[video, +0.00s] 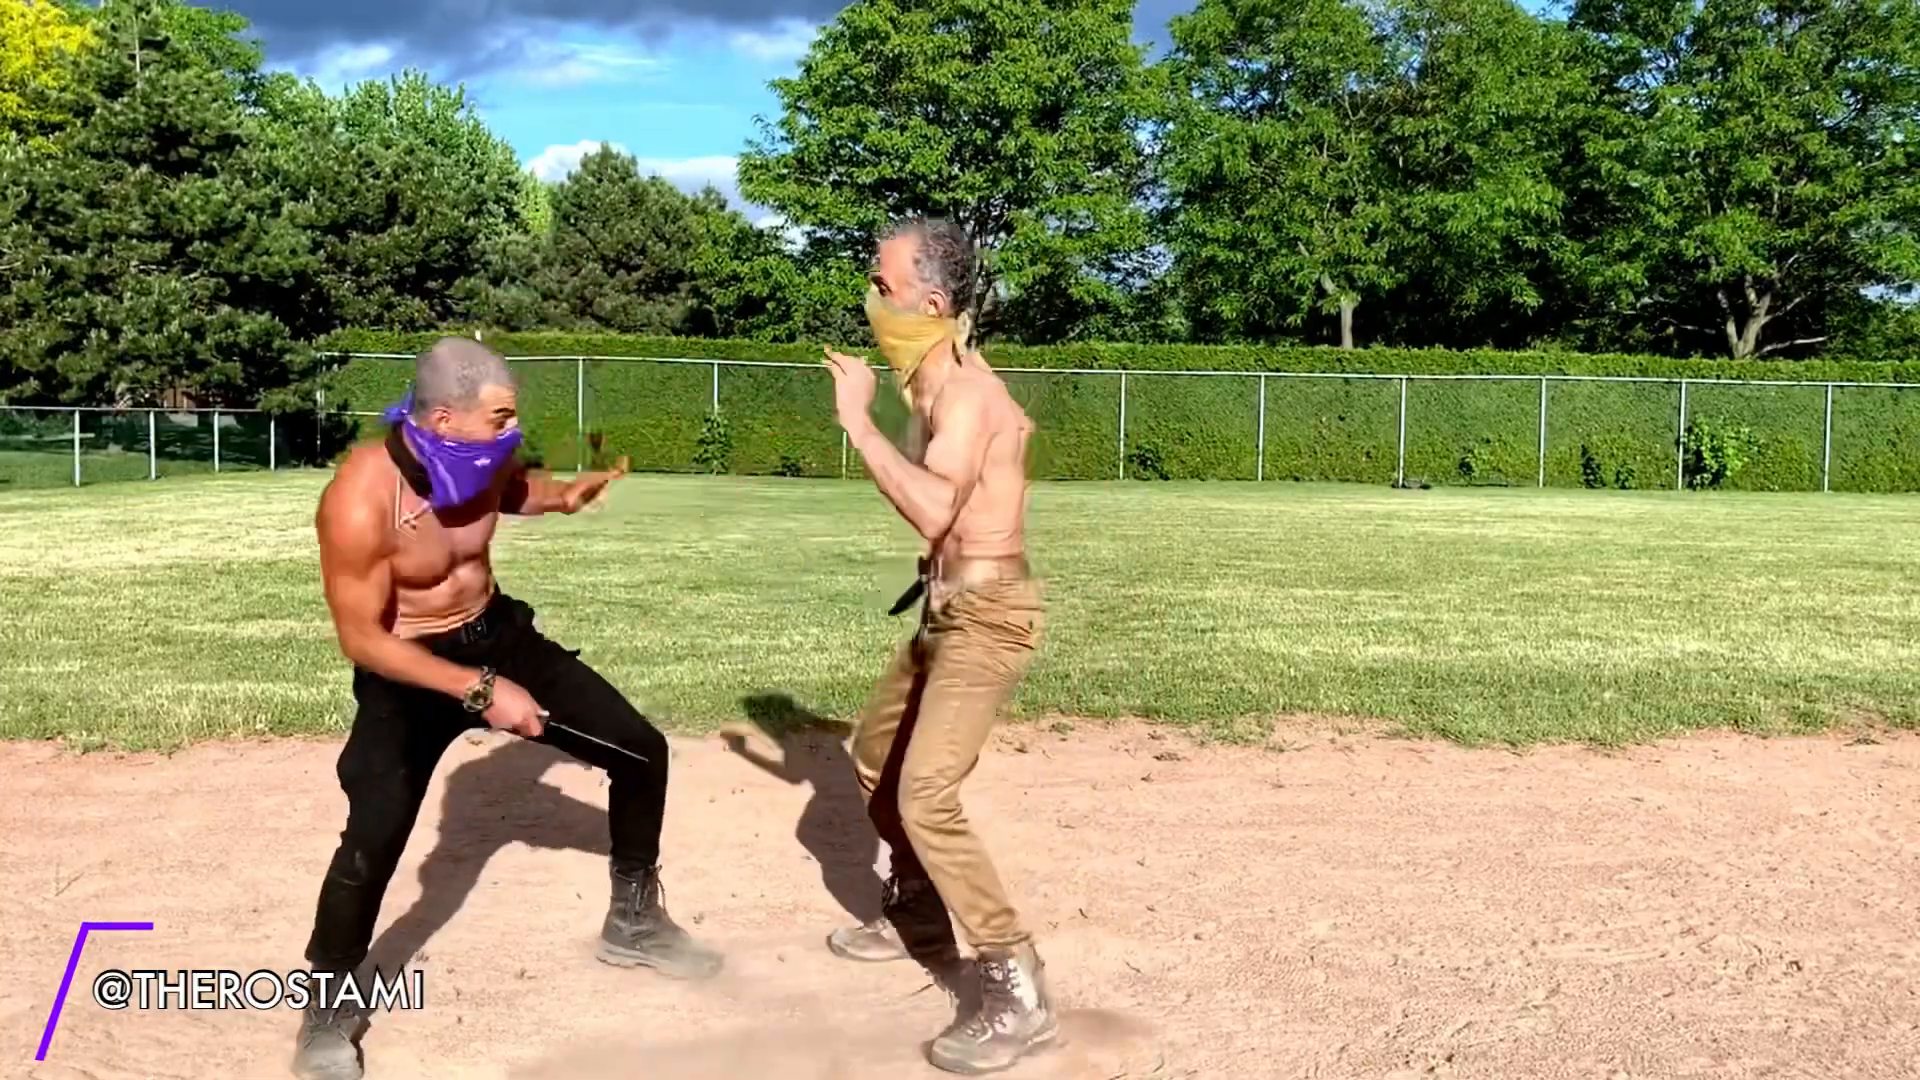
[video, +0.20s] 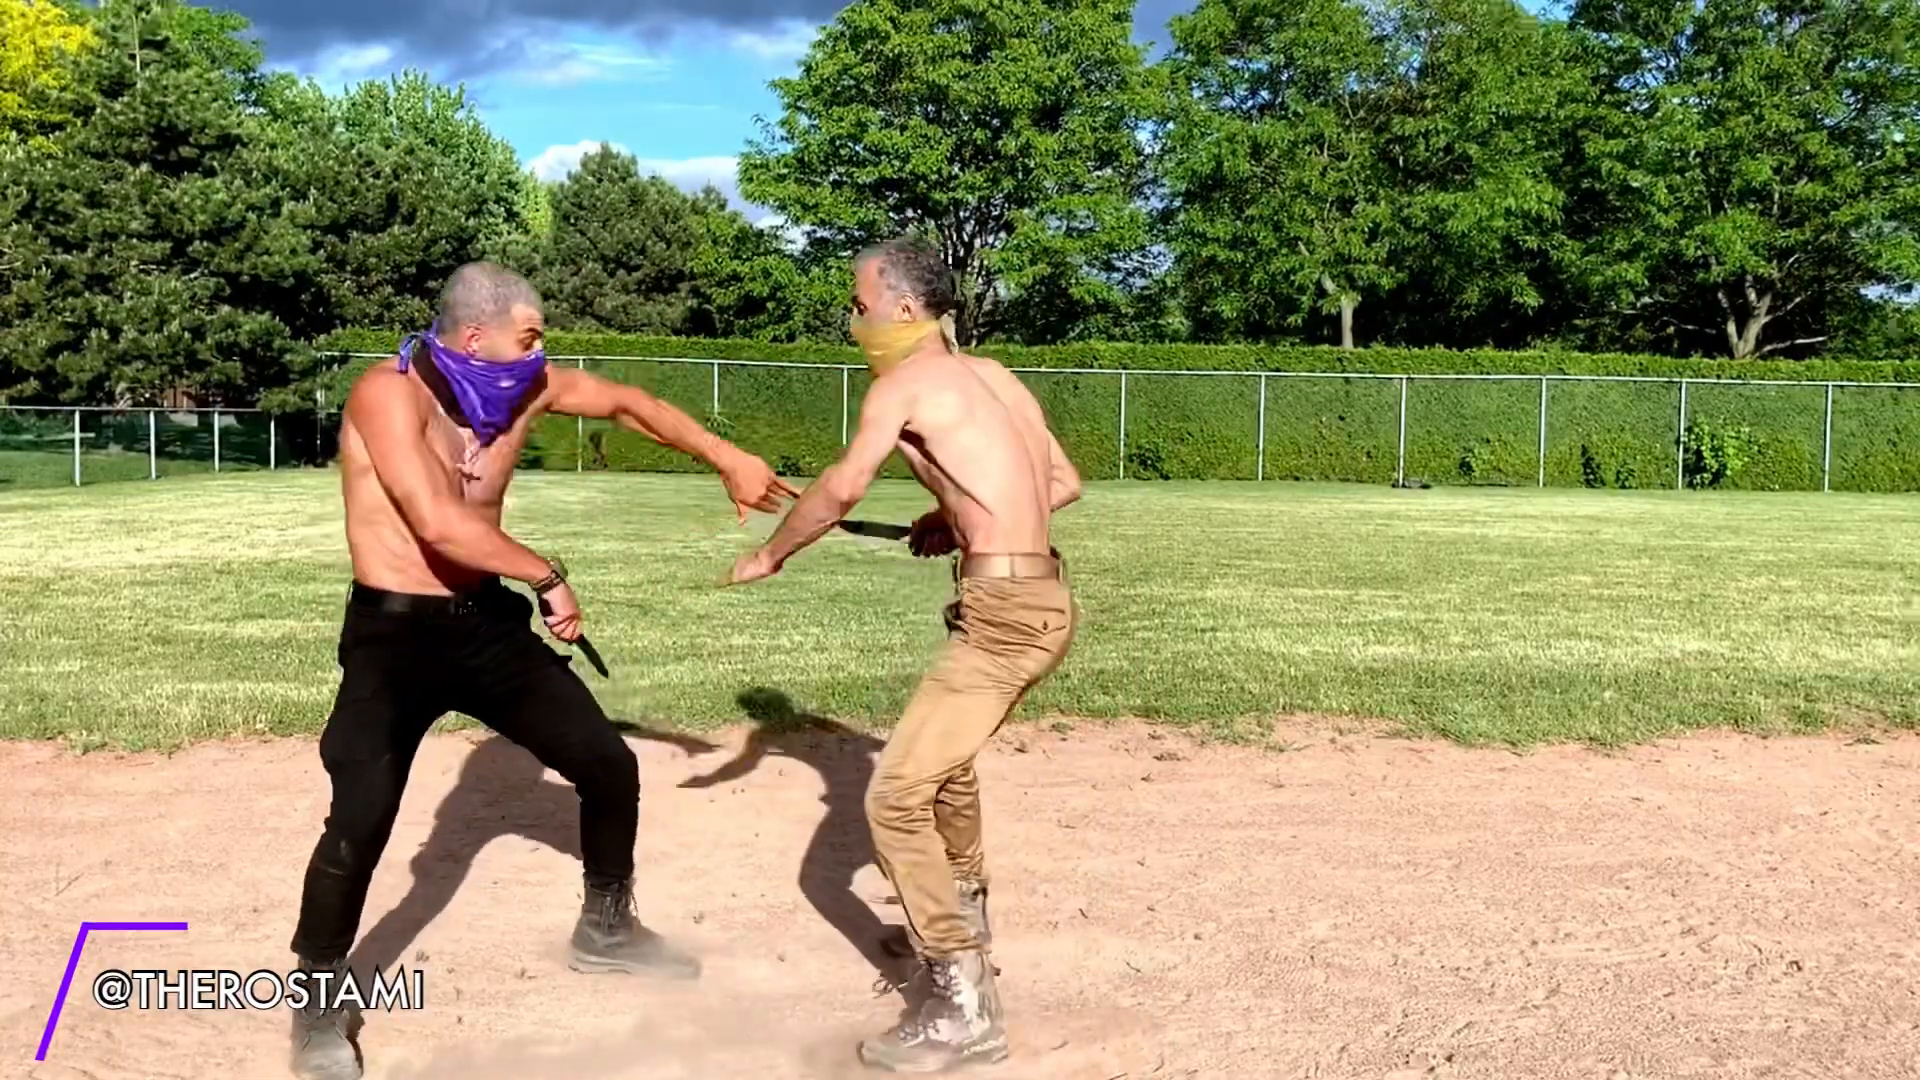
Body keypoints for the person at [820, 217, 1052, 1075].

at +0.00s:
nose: (873, 300)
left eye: (885, 286)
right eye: (875, 283)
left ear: (933, 299)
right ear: (936, 296)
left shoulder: (967, 392)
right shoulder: (949, 382)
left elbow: (934, 511)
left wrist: (857, 424)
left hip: (988, 616)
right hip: (950, 608)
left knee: (927, 799)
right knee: (876, 756)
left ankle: (1018, 992)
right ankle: (918, 917)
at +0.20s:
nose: (857, 319)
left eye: (864, 304)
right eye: (857, 302)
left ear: (903, 306)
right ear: (932, 307)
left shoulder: (901, 385)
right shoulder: (995, 376)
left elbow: (842, 488)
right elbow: (1062, 480)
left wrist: (770, 554)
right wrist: (959, 519)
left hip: (1001, 612)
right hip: (1043, 606)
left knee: (896, 799)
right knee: (942, 766)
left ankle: (961, 1005)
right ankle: (961, 921)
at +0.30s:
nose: (858, 329)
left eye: (864, 311)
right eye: (855, 313)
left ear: (907, 303)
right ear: (924, 305)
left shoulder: (937, 382)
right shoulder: (991, 377)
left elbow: (984, 501)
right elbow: (1012, 493)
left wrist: (919, 535)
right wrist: (924, 525)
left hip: (1008, 606)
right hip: (1045, 601)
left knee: (906, 784)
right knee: (958, 750)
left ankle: (957, 1000)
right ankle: (984, 905)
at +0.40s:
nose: (872, 315)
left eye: (880, 297)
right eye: (869, 299)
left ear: (927, 289)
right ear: (923, 291)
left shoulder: (1001, 369)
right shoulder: (953, 379)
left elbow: (1049, 496)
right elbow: (987, 502)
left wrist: (946, 498)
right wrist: (906, 540)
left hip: (1040, 593)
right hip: (995, 594)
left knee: (968, 765)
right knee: (936, 755)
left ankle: (979, 997)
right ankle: (978, 908)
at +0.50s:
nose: (907, 319)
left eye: (917, 302)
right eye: (903, 304)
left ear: (966, 293)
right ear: (950, 298)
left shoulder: (1044, 381)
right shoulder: (963, 392)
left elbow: (1046, 515)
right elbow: (986, 491)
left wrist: (946, 459)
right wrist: (930, 531)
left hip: (1064, 602)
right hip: (1001, 603)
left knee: (1013, 767)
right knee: (936, 756)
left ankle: (1095, 968)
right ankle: (980, 911)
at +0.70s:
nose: (953, 335)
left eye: (960, 317)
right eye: (948, 319)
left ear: (1012, 315)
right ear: (1007, 319)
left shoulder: (1071, 399)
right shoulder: (1022, 406)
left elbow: (1020, 519)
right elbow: (1060, 519)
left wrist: (945, 438)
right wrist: (1008, 568)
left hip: (1119, 617)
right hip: (1058, 615)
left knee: (1122, 806)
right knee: (959, 757)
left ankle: (1216, 966)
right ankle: (983, 911)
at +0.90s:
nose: (959, 322)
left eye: (966, 304)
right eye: (953, 306)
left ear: (1017, 297)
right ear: (1006, 302)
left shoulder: (1082, 380)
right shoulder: (1031, 393)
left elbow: (1040, 497)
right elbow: (1058, 508)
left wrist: (960, 428)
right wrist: (1002, 554)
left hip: (1131, 599)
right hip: (1067, 598)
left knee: (1138, 794)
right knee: (989, 749)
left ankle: (1217, 958)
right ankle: (988, 909)